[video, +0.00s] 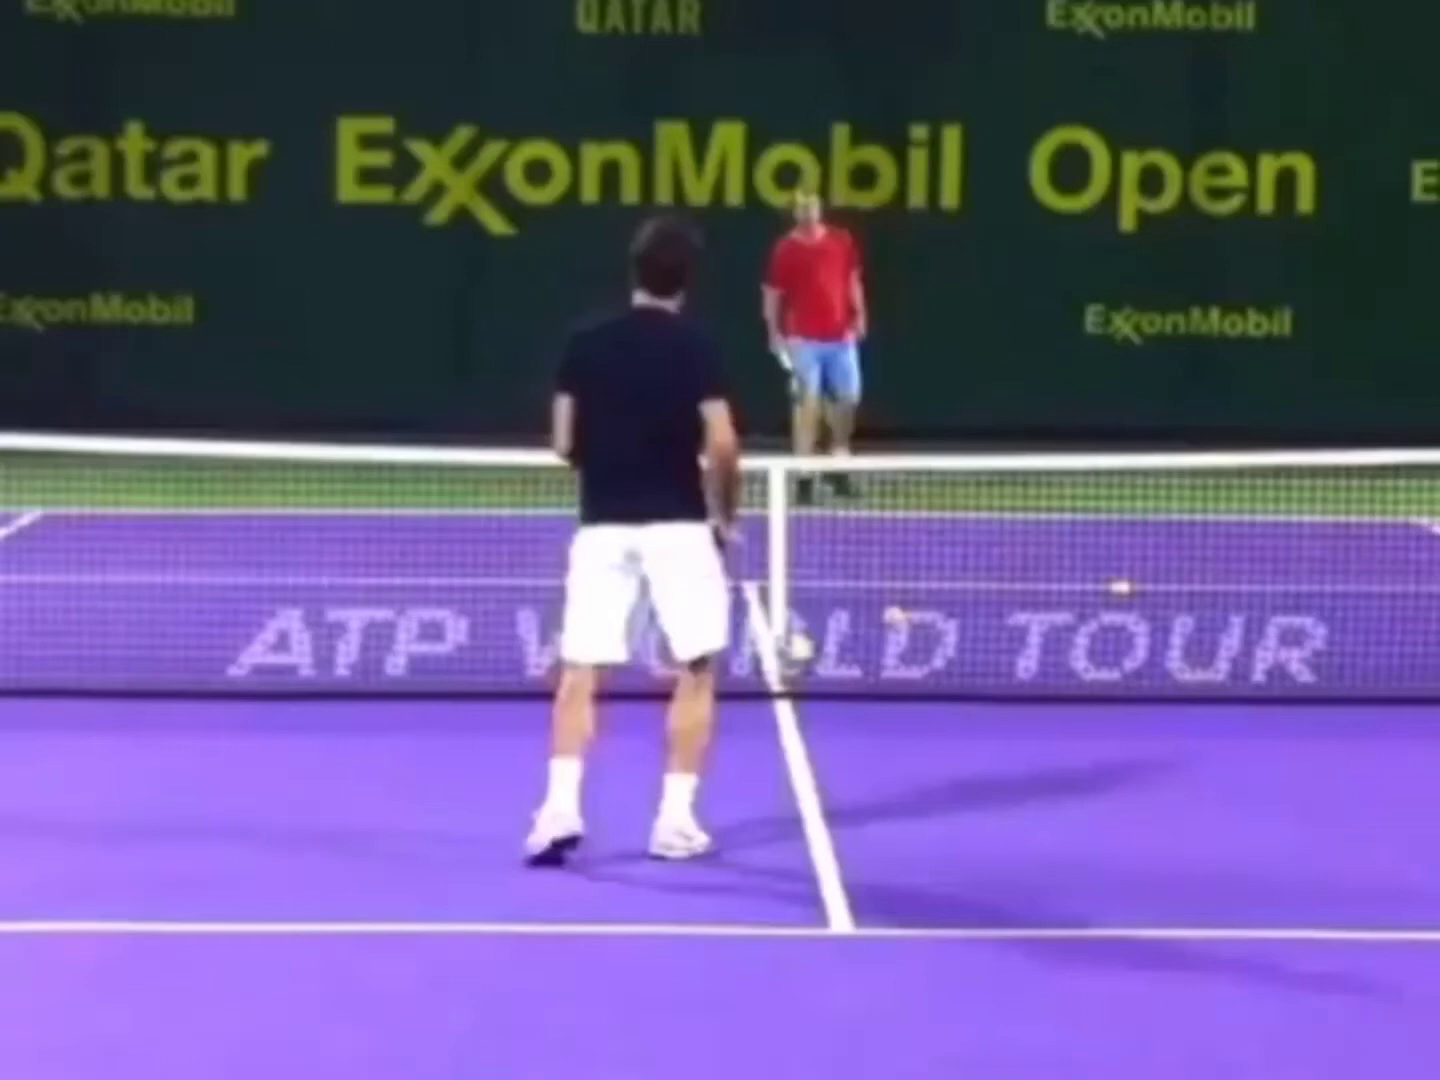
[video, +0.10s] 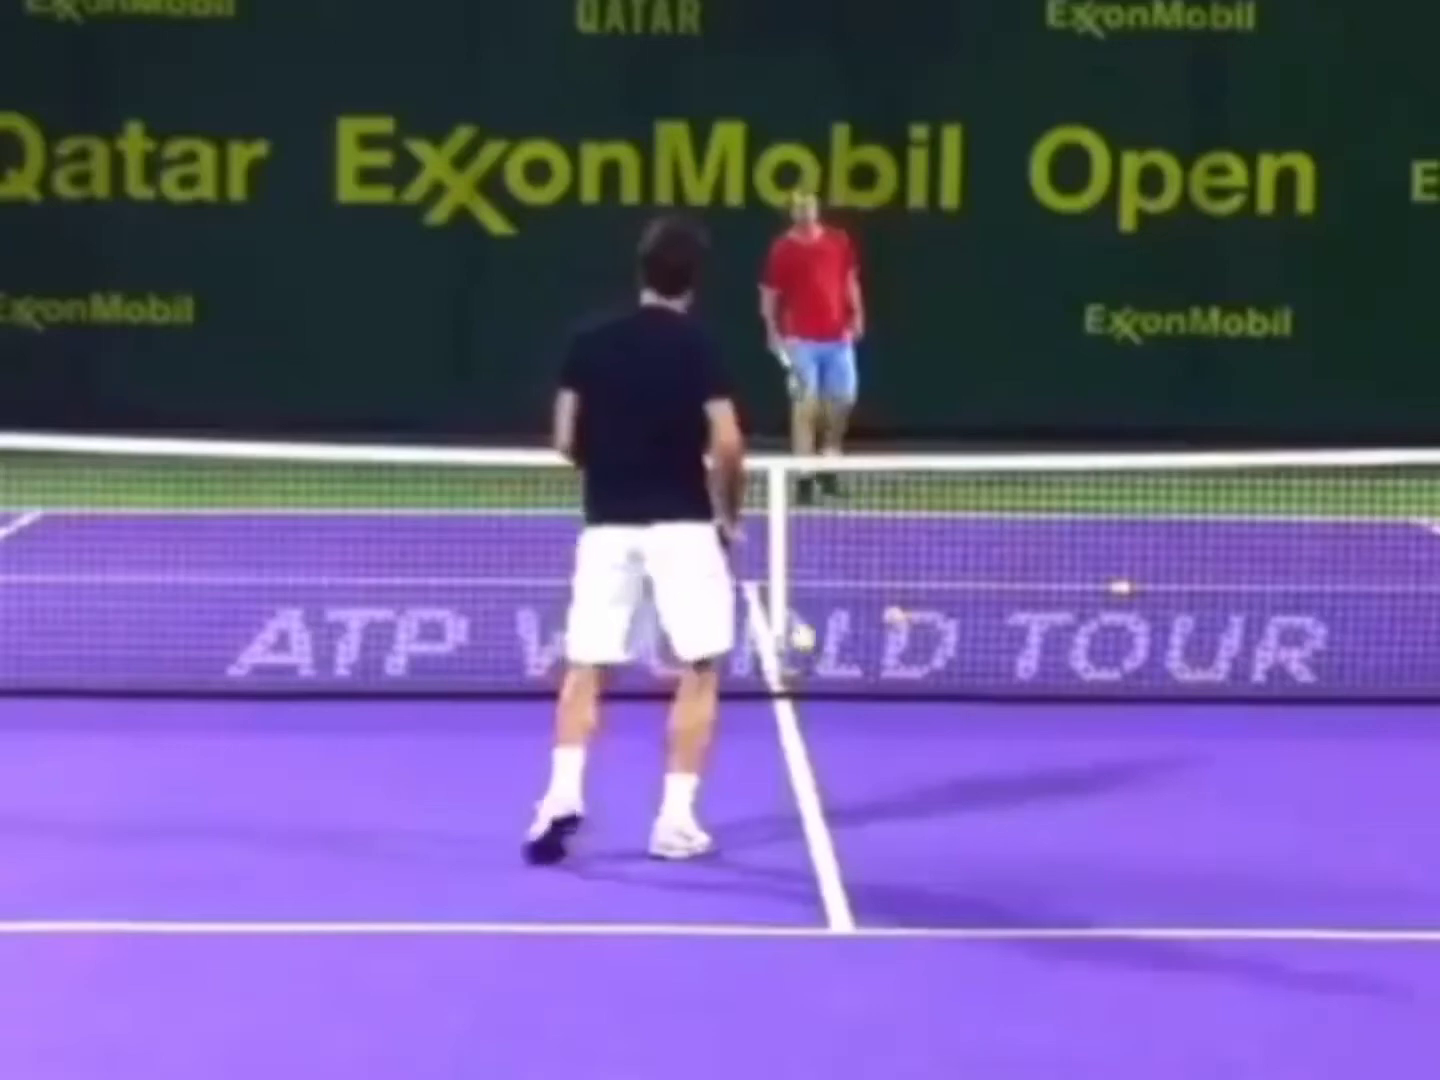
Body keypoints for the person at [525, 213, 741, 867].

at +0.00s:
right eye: (684, 272)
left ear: (634, 272)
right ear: (689, 279)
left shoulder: (588, 339)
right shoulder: (694, 345)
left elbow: (563, 440)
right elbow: (722, 442)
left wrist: (614, 462)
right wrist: (724, 511)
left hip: (601, 527)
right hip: (676, 526)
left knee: (578, 670)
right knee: (696, 673)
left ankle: (560, 805)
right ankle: (675, 814)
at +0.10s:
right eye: (691, 273)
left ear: (640, 273)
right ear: (695, 280)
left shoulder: (592, 339)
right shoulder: (697, 346)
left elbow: (564, 437)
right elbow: (727, 444)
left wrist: (613, 463)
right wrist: (728, 511)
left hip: (606, 528)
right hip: (681, 526)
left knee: (583, 667)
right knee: (698, 673)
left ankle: (563, 793)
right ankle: (676, 815)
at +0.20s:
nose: (705, 280)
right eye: (712, 271)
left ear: (659, 268)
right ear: (714, 278)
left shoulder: (609, 333)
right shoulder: (715, 344)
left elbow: (571, 425)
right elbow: (743, 443)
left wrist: (620, 453)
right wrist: (739, 502)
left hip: (619, 524)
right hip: (692, 523)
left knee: (607, 656)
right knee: (700, 671)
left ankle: (578, 766)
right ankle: (677, 815)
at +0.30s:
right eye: (721, 265)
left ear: (670, 264)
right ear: (723, 271)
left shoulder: (622, 325)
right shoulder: (733, 337)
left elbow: (579, 414)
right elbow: (760, 433)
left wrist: (622, 446)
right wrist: (749, 495)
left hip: (626, 511)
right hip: (698, 513)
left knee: (627, 641)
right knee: (701, 663)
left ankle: (606, 770)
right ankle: (677, 815)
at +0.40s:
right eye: (725, 266)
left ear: (677, 267)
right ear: (732, 273)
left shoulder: (632, 329)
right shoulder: (748, 341)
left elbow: (587, 417)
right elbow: (772, 432)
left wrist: (630, 449)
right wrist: (763, 493)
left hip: (633, 509)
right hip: (706, 512)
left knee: (644, 642)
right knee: (698, 665)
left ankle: (641, 787)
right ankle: (677, 810)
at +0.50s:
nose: (740, 289)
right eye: (741, 279)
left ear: (683, 277)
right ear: (738, 283)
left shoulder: (641, 338)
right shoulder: (752, 348)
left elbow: (594, 428)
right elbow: (777, 444)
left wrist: (633, 459)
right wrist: (781, 519)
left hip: (640, 517)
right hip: (712, 519)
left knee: (657, 652)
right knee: (698, 666)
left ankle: (670, 784)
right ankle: (675, 808)